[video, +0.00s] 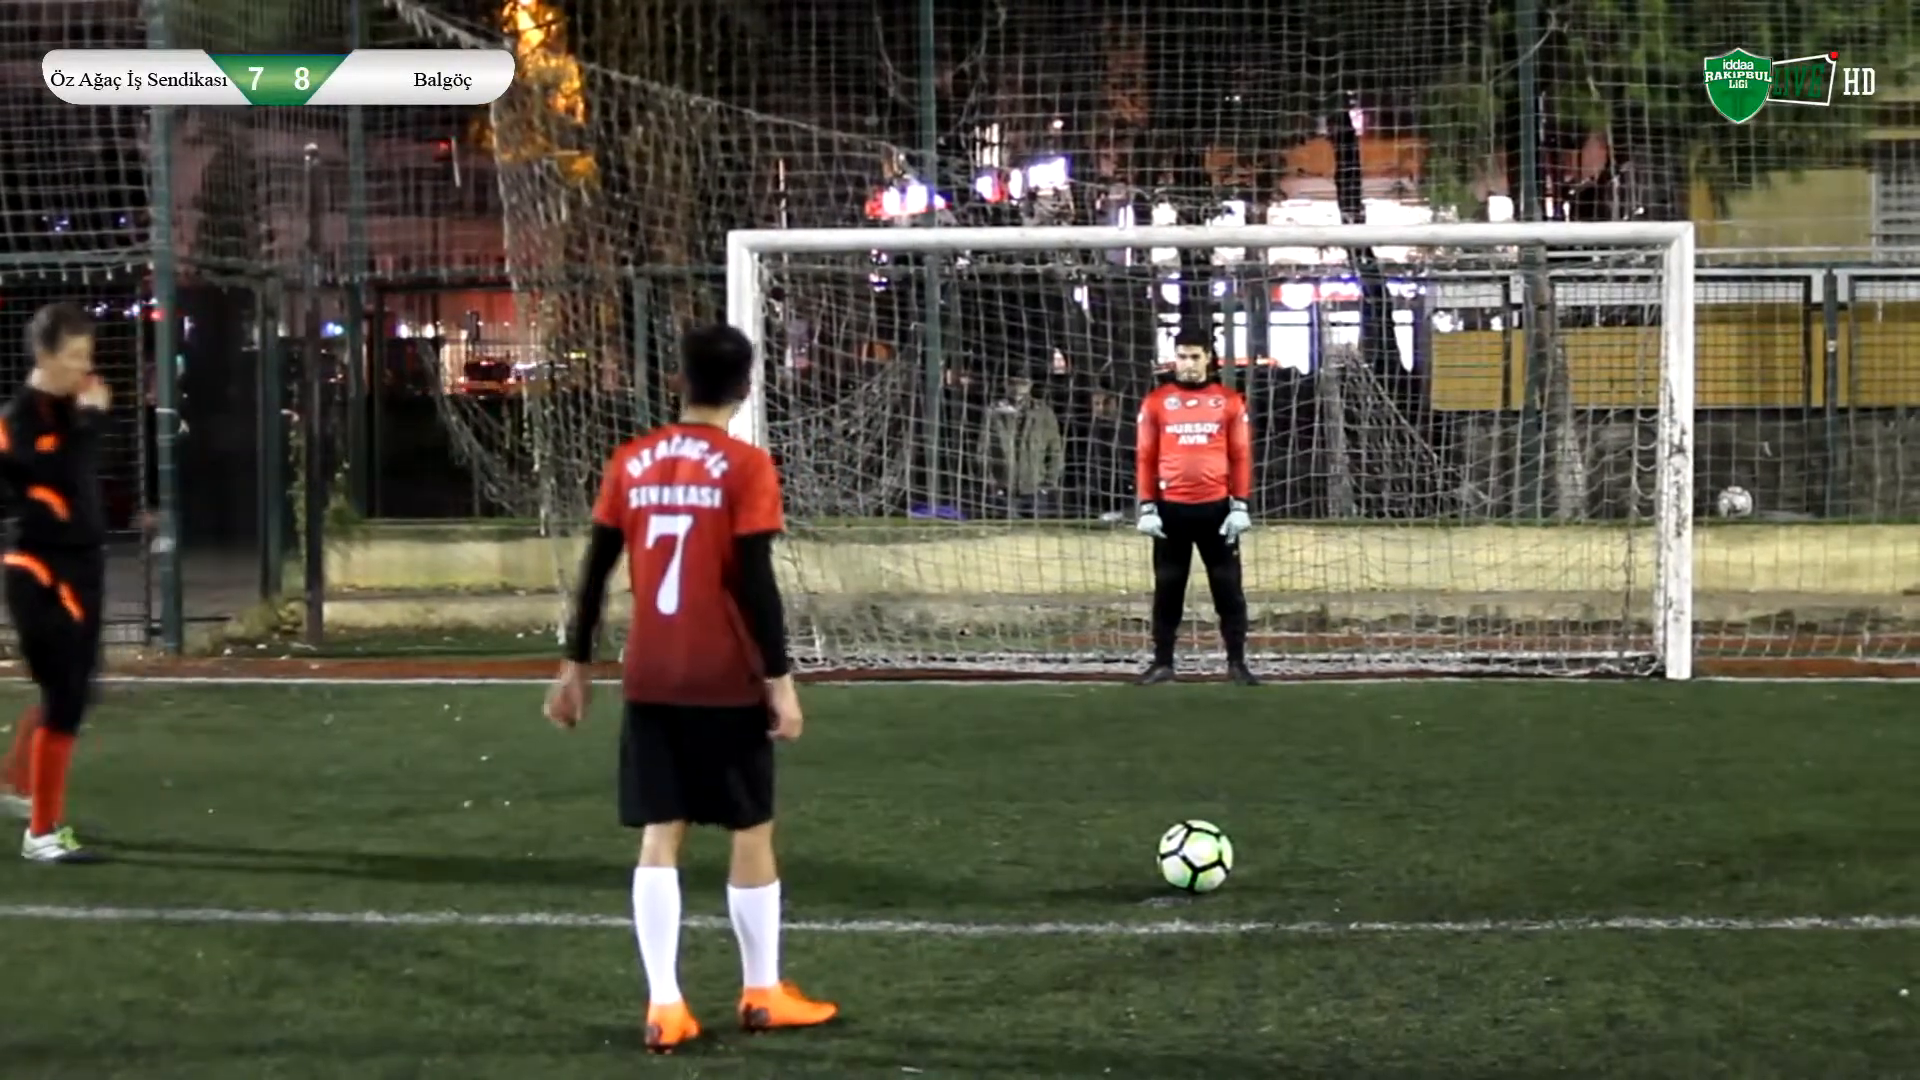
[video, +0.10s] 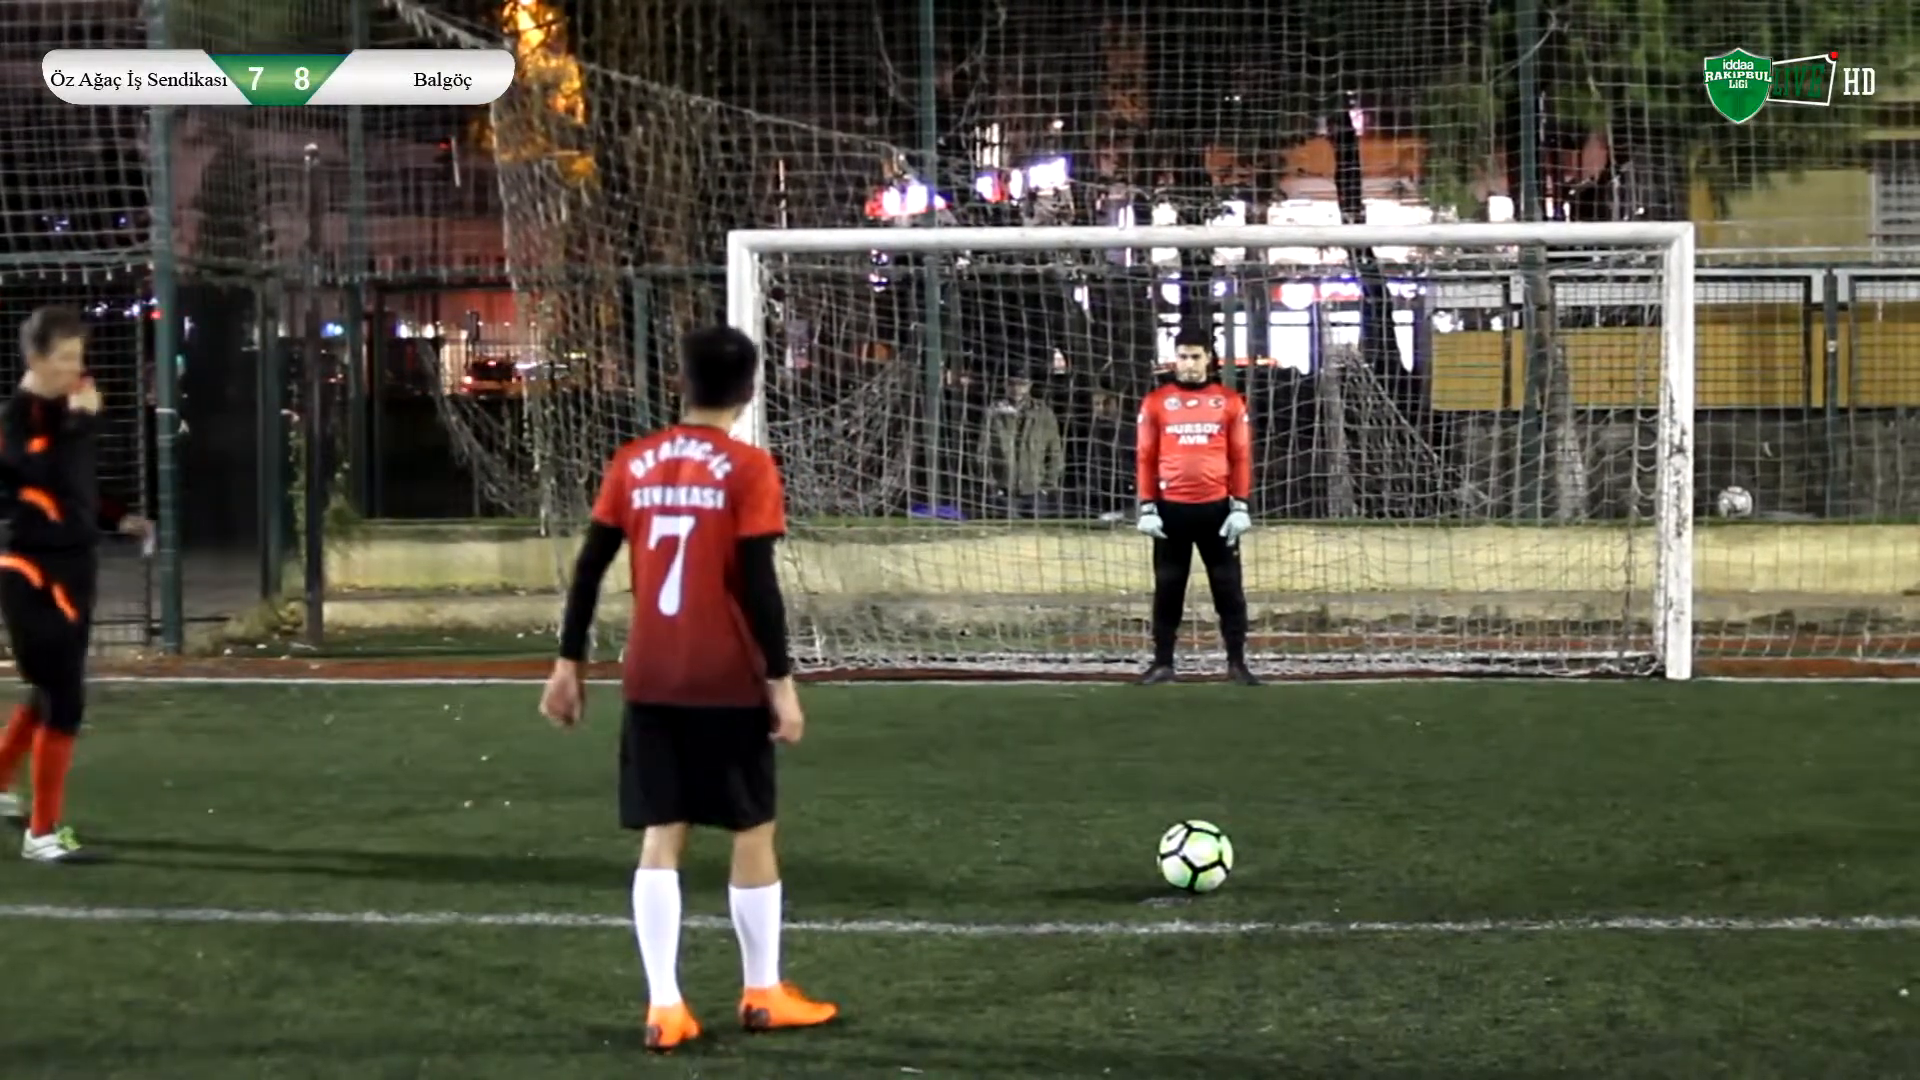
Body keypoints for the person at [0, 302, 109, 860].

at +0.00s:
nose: (87, 367)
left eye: (89, 356)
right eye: (78, 356)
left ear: (81, 358)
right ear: (49, 356)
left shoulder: (70, 413)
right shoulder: (24, 414)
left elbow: (76, 482)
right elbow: (59, 481)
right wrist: (89, 423)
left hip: (78, 564)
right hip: (39, 565)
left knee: (69, 687)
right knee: (63, 689)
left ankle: (17, 784)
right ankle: (44, 828)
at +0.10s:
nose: (78, 368)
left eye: (81, 357)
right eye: (69, 358)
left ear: (75, 359)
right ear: (37, 358)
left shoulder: (70, 411)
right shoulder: (18, 415)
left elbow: (78, 492)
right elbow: (44, 485)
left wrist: (119, 520)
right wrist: (79, 420)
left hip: (69, 568)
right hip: (31, 570)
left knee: (49, 692)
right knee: (63, 697)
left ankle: (6, 779)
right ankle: (42, 829)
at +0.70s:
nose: (52, 377)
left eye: (54, 365)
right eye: (44, 365)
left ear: (23, 367)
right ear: (13, 365)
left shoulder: (26, 422)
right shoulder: (9, 423)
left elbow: (31, 503)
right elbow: (11, 508)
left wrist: (79, 522)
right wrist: (55, 499)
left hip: (17, 581)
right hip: (4, 583)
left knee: (15, 692)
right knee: (16, 692)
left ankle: (15, 813)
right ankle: (12, 814)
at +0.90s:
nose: (44, 376)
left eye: (45, 364)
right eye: (38, 363)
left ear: (20, 363)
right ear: (6, 361)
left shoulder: (18, 419)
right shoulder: (3, 421)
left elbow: (46, 478)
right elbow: (0, 505)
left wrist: (114, 482)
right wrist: (36, 524)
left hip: (12, 585)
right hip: (1, 588)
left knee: (9, 693)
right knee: (7, 694)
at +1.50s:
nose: (37, 368)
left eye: (37, 356)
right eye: (31, 355)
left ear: (15, 356)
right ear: (5, 355)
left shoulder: (12, 416)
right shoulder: (4, 420)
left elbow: (32, 465)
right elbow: (6, 486)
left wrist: (99, 468)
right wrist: (6, 561)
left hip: (8, 575)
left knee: (3, 666)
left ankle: (2, 818)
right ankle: (1, 819)